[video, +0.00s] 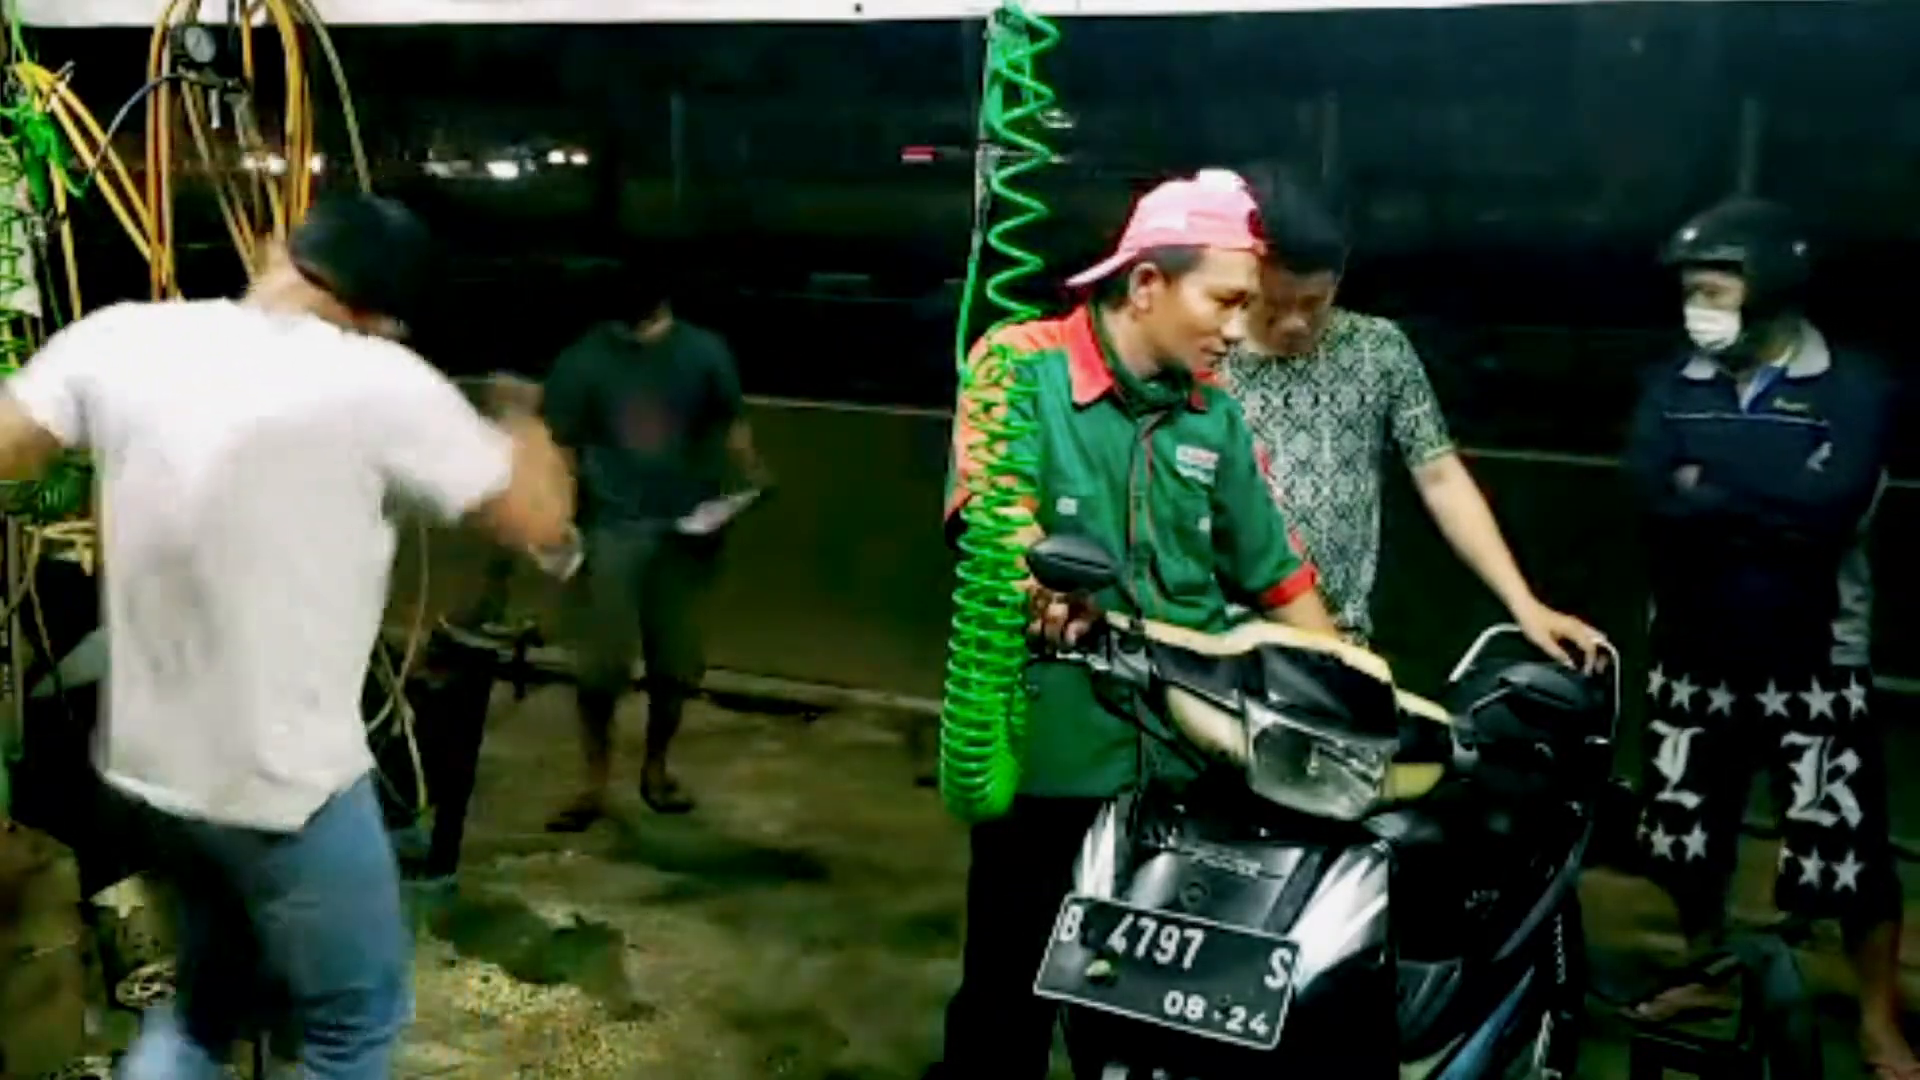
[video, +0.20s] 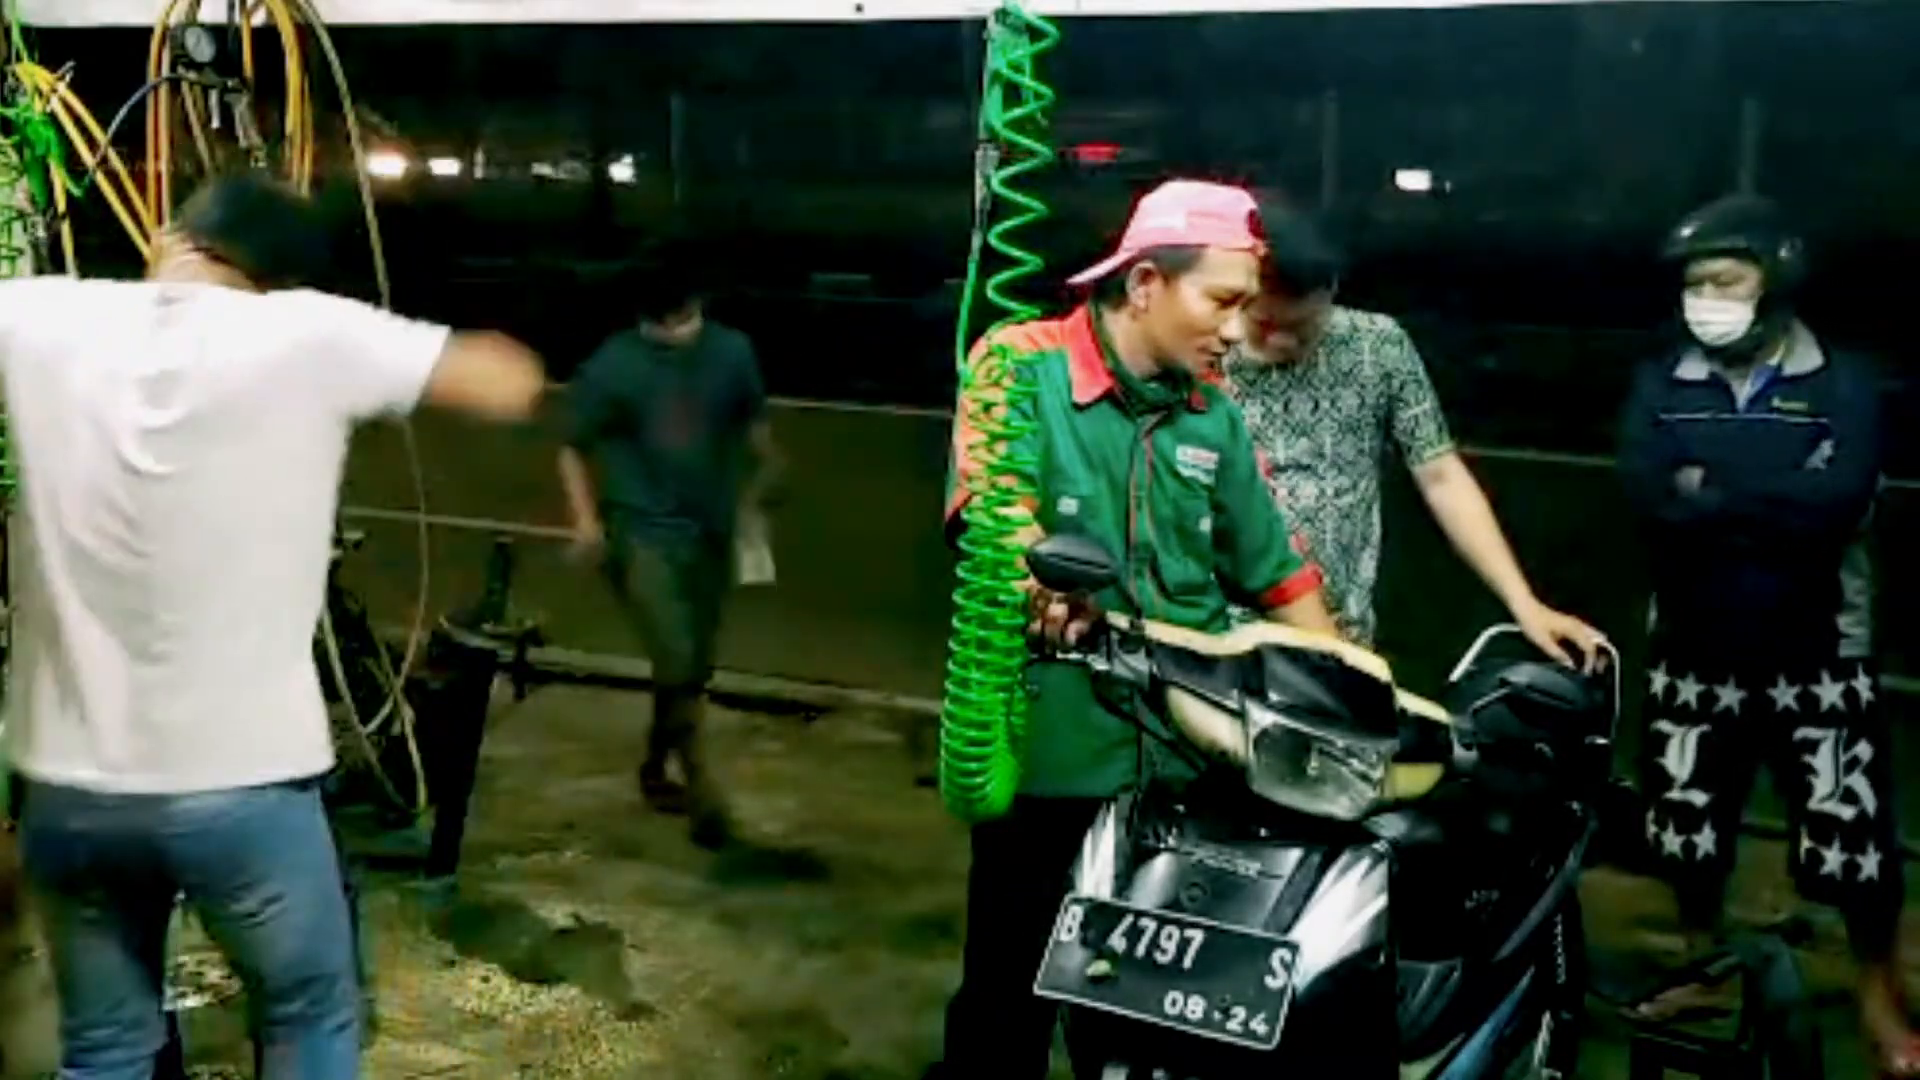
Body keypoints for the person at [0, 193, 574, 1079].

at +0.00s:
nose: (388, 341)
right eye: (393, 327)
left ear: (279, 258)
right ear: (375, 318)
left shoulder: (121, 338)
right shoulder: (380, 381)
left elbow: (9, 446)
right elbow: (537, 519)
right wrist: (528, 425)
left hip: (143, 767)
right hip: (291, 788)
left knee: (204, 1008)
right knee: (352, 1030)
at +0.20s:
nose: (159, 239)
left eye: (169, 227)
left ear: (176, 238)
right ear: (283, 275)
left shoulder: (33, 316)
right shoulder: (316, 335)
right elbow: (512, 380)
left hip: (73, 797)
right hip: (247, 795)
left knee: (105, 1046)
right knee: (310, 1020)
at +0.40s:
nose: (242, 352)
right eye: (245, 334)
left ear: (107, 303)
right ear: (229, 325)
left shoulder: (16, 413)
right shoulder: (232, 400)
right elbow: (299, 613)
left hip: (31, 832)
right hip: (188, 818)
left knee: (104, 1058)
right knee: (369, 909)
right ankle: (319, 1066)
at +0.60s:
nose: (254, 336)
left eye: (265, 320)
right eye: (255, 314)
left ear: (142, 271)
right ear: (216, 269)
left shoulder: (47, 364)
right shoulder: (177, 336)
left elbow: (222, 422)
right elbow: (136, 478)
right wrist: (251, 651)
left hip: (54, 790)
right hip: (192, 784)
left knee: (122, 1046)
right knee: (344, 993)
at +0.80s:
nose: (328, 313)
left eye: (339, 297)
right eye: (331, 290)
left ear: (217, 252)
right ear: (274, 255)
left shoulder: (121, 321)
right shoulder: (241, 321)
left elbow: (289, 325)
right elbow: (198, 408)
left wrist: (399, 363)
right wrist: (358, 548)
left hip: (108, 770)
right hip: (223, 778)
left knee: (164, 1040)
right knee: (336, 1038)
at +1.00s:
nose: (355, 335)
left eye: (362, 316)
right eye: (354, 313)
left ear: (240, 293)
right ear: (311, 296)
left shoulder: (123, 407)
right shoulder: (326, 415)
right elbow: (388, 610)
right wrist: (520, 655)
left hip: (162, 781)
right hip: (291, 786)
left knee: (302, 969)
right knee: (424, 1017)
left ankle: (253, 1070)